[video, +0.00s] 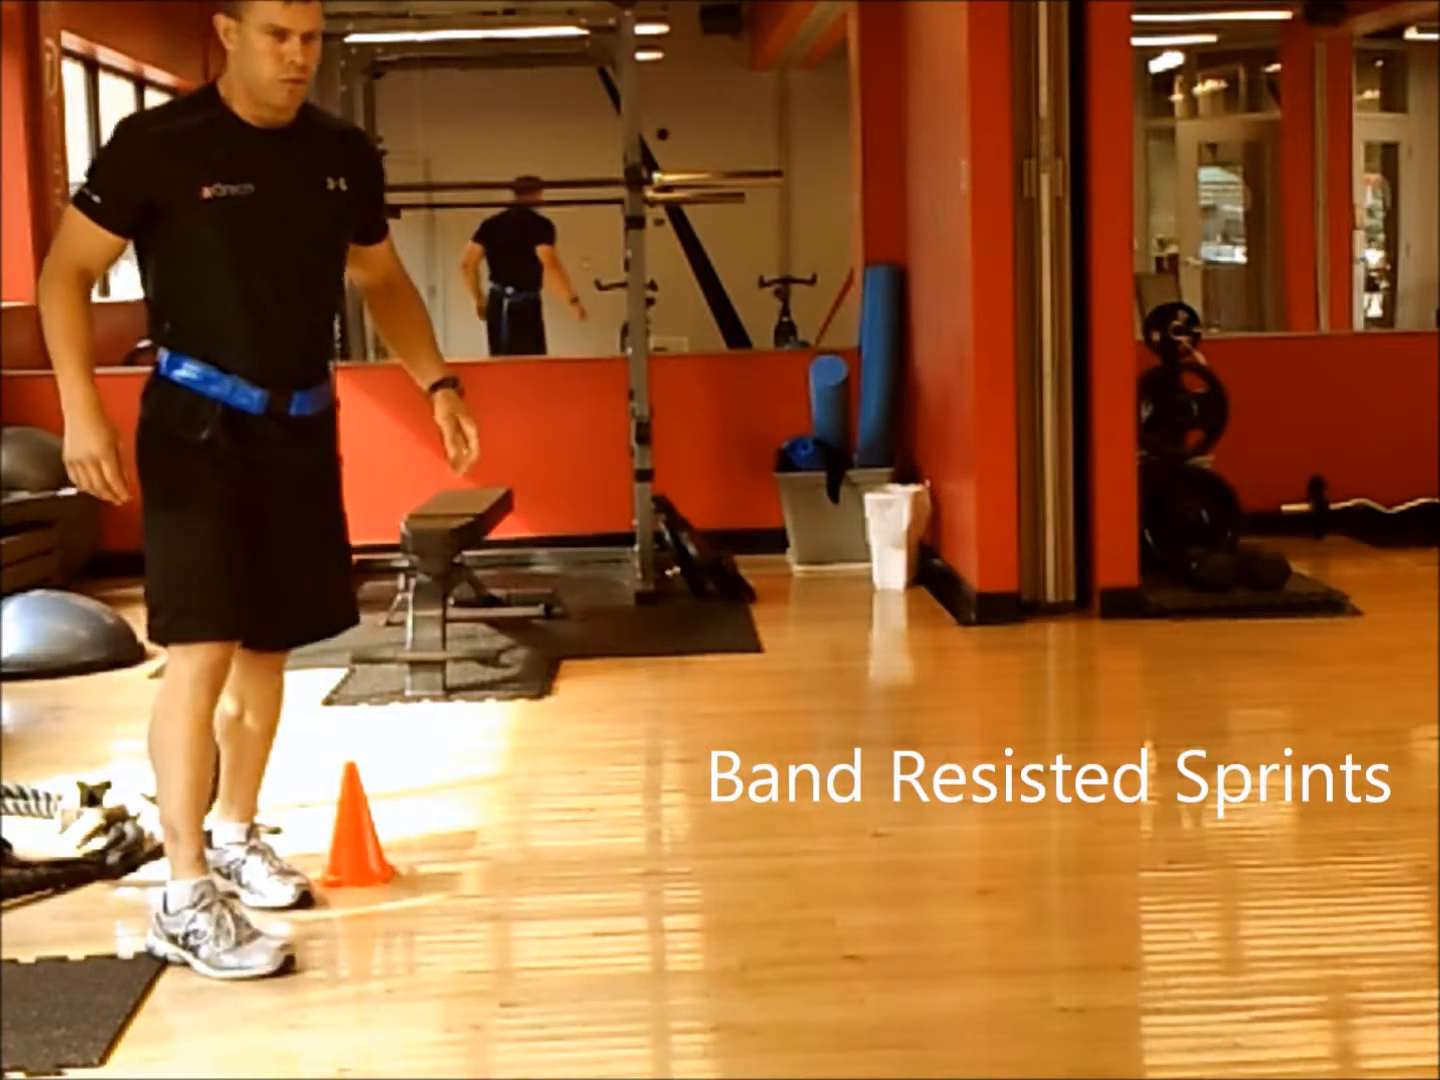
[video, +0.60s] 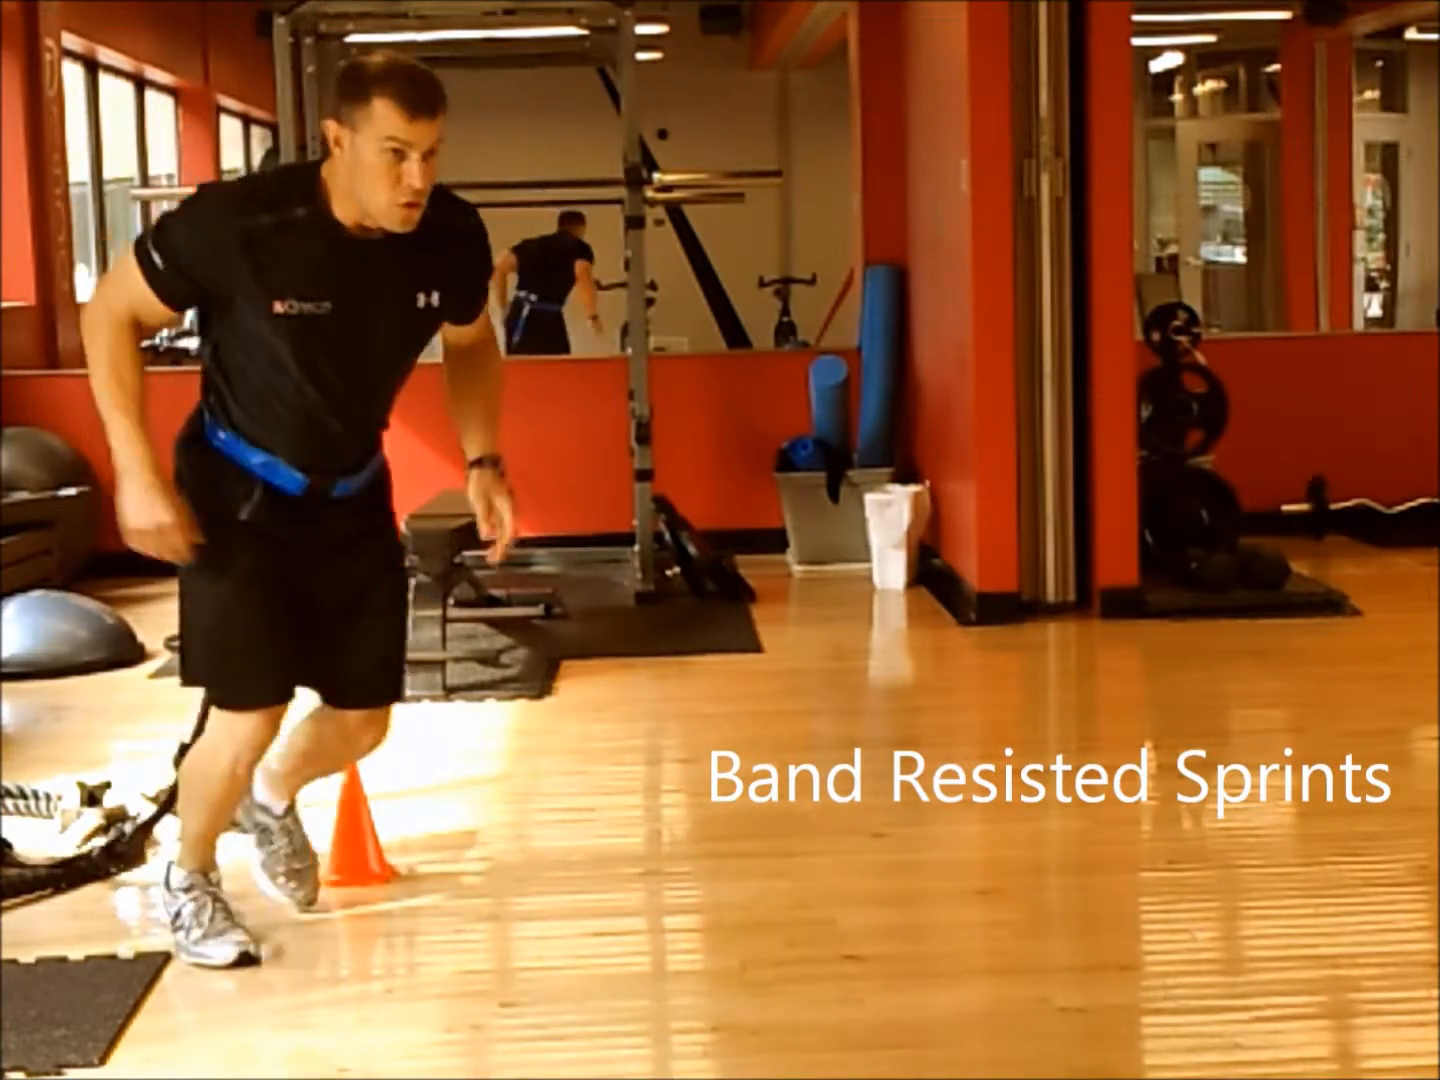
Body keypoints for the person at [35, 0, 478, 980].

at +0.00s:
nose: (300, 55)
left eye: (312, 36)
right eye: (279, 33)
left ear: (325, 42)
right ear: (226, 33)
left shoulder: (344, 155)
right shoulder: (154, 144)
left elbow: (384, 280)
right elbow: (64, 274)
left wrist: (439, 382)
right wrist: (79, 412)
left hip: (297, 431)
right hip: (196, 428)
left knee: (265, 643)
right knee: (200, 647)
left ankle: (235, 831)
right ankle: (182, 892)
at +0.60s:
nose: (419, 179)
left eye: (430, 155)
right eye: (397, 154)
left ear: (442, 150)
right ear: (336, 141)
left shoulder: (450, 239)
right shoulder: (237, 220)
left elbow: (470, 344)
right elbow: (108, 310)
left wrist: (482, 460)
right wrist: (136, 471)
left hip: (352, 499)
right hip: (236, 493)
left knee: (362, 718)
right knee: (251, 709)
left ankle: (259, 794)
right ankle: (187, 875)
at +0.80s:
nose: (560, 127)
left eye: (572, 105)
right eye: (538, 103)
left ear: (582, 101)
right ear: (469, 90)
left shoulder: (570, 184)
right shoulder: (372, 169)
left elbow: (541, 294)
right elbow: (289, 333)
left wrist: (523, 359)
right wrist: (453, 320)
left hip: (464, 467)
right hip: (332, 468)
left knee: (515, 668)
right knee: (280, 672)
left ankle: (482, 914)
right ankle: (205, 850)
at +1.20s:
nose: (903, 49)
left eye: (918, 23)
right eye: (876, 19)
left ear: (932, 22)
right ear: (794, 9)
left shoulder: (903, 108)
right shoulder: (644, 75)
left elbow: (924, 272)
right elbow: (461, 148)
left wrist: (972, 307)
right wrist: (486, 362)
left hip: (743, 459)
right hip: (616, 443)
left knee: (715, 728)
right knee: (669, 765)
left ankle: (532, 848)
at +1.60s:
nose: (1186, 64)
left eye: (1205, 38)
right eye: (1165, 24)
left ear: (1210, 45)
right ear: (1069, 5)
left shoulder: (1156, 158)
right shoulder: (899, 85)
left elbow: (1176, 344)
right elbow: (666, 151)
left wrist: (1246, 446)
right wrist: (587, 356)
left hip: (968, 498)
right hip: (834, 491)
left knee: (967, 805)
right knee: (1006, 772)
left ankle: (861, 1058)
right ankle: (713, 797)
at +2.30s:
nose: (1273, 85)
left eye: (1294, 53)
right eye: (1251, 44)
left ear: (1310, 49)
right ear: (1151, 16)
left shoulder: (1250, 170)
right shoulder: (963, 105)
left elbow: (1251, 348)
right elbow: (734, 170)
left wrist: (1328, 426)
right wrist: (652, 390)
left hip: (1045, 528)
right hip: (900, 512)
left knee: (927, 822)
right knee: (1028, 837)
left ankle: (803, 1017)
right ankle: (784, 875)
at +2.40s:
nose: (1291, 26)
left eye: (1305, 1)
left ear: (1318, 3)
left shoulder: (1248, 104)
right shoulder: (984, 56)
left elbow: (1183, 278)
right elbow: (797, 242)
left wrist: (1172, 479)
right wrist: (904, 469)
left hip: (1049, 487)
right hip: (891, 485)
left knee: (1078, 855)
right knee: (893, 893)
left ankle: (845, 952)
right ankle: (746, 1069)